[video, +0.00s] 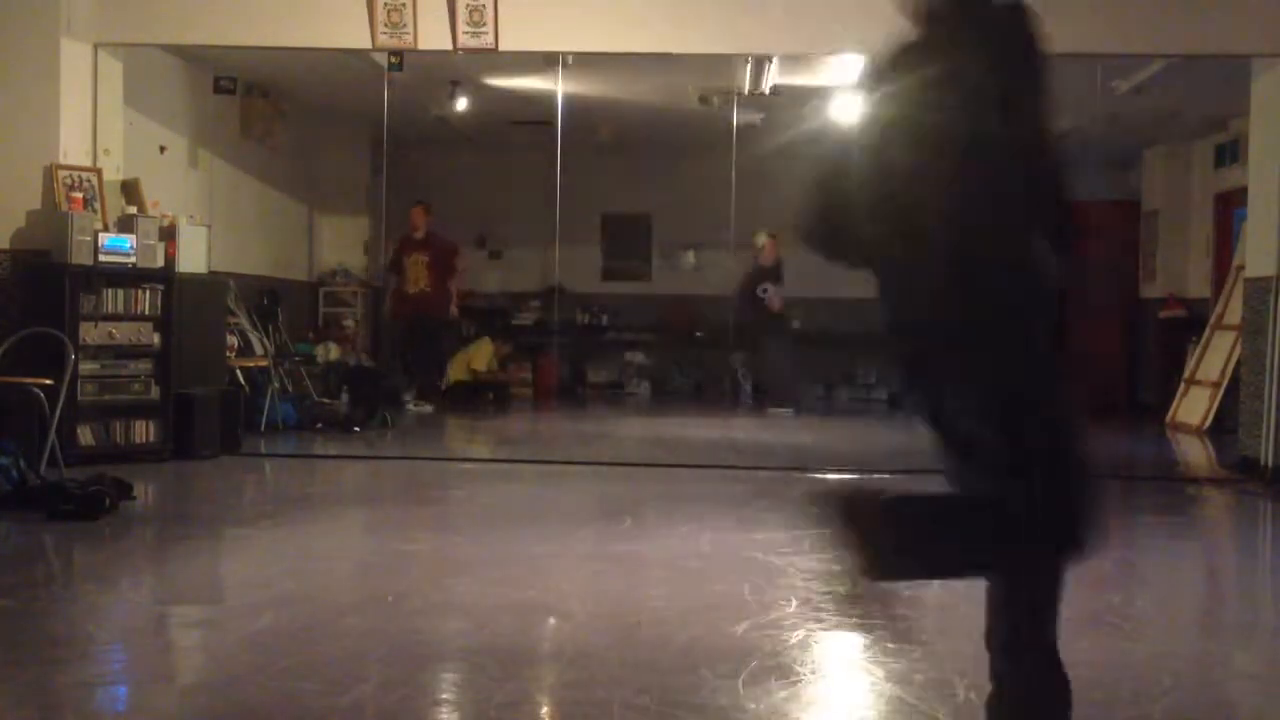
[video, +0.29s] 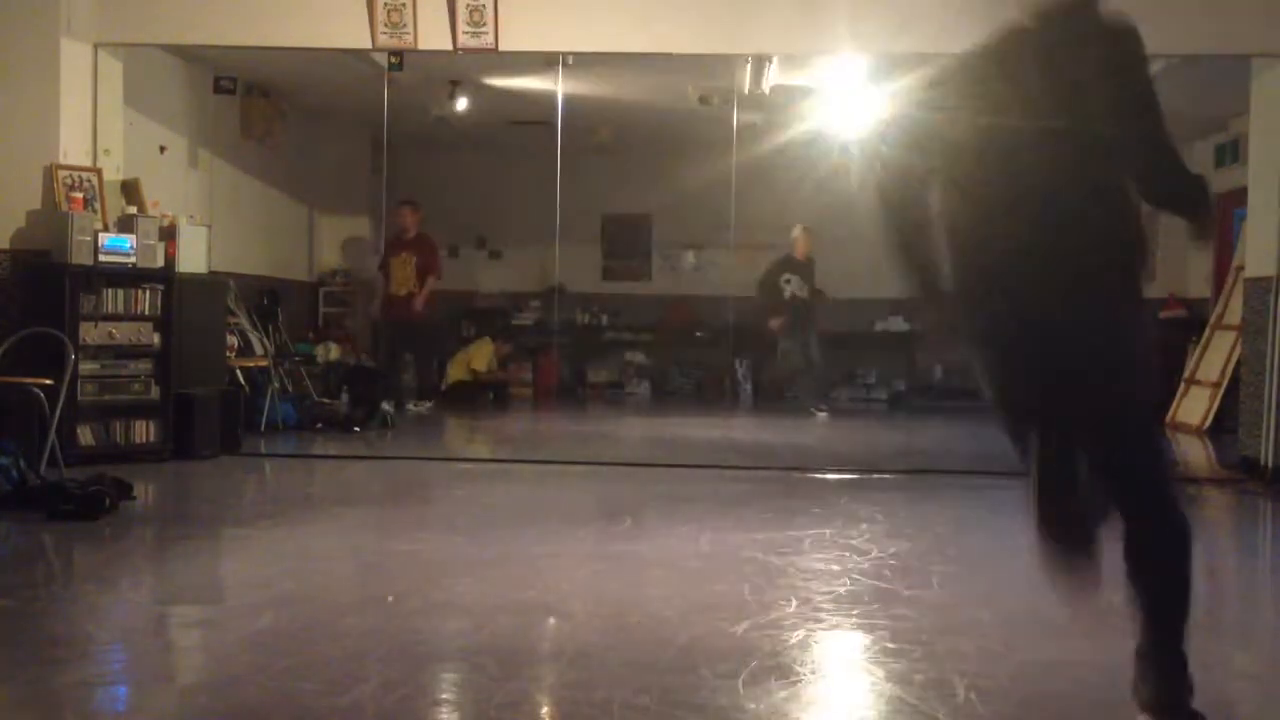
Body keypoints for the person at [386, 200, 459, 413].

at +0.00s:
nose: (414, 220)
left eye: (418, 215)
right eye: (412, 215)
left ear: (427, 218)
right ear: (409, 218)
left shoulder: (443, 245)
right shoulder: (403, 245)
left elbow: (452, 278)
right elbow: (394, 275)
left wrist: (453, 304)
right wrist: (391, 303)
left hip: (433, 310)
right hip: (407, 310)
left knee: (430, 354)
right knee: (408, 352)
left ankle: (429, 397)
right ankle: (412, 392)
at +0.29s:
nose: (402, 220)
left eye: (406, 216)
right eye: (400, 216)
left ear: (417, 217)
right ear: (396, 218)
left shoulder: (426, 243)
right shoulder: (392, 243)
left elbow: (433, 274)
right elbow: (384, 272)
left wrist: (421, 297)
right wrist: (382, 299)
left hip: (416, 308)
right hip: (393, 308)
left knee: (422, 355)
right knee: (391, 354)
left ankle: (424, 396)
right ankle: (392, 397)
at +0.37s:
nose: (397, 220)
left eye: (401, 215)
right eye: (394, 215)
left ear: (411, 217)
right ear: (391, 218)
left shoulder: (421, 243)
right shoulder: (386, 245)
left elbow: (428, 275)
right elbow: (379, 276)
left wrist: (416, 300)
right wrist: (374, 303)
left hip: (411, 308)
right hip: (388, 308)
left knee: (417, 353)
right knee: (387, 354)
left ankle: (421, 394)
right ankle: (389, 398)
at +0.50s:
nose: (390, 218)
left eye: (394, 213)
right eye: (388, 213)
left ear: (404, 214)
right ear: (384, 215)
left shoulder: (417, 241)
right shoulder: (380, 243)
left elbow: (426, 275)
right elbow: (374, 276)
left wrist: (419, 304)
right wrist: (367, 300)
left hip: (408, 309)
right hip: (384, 309)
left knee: (410, 355)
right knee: (385, 356)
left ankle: (412, 393)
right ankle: (387, 399)